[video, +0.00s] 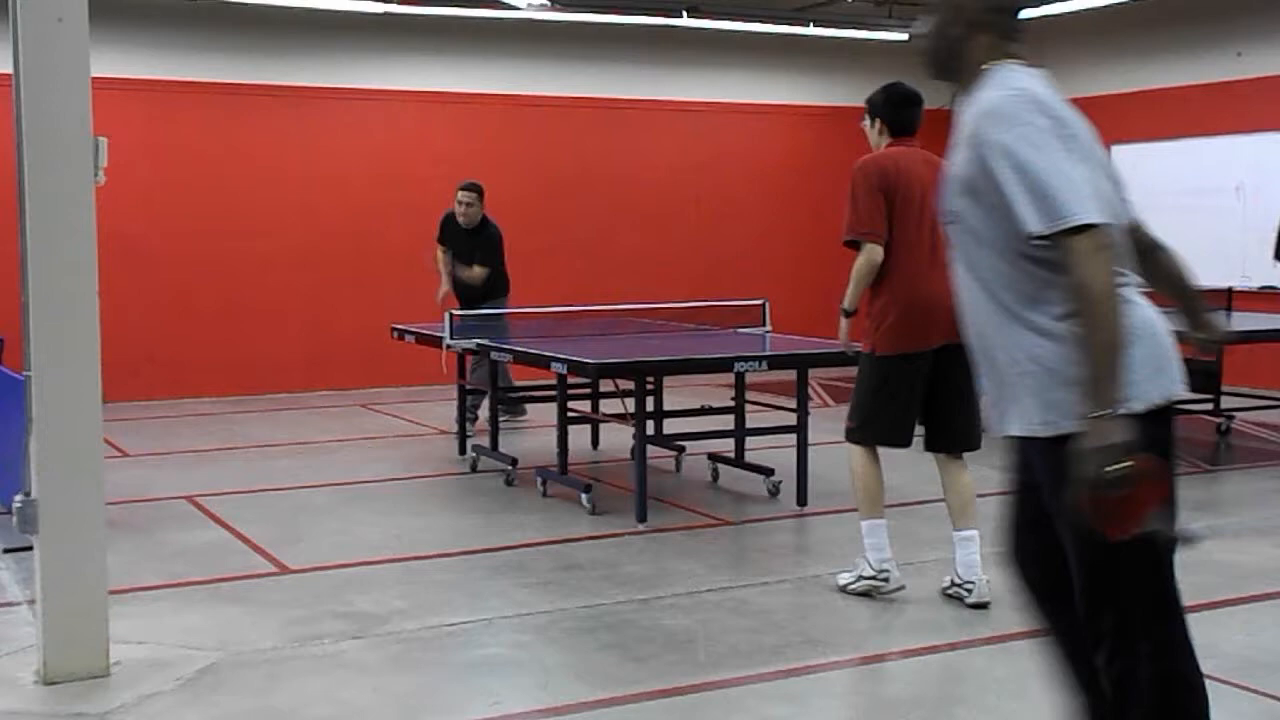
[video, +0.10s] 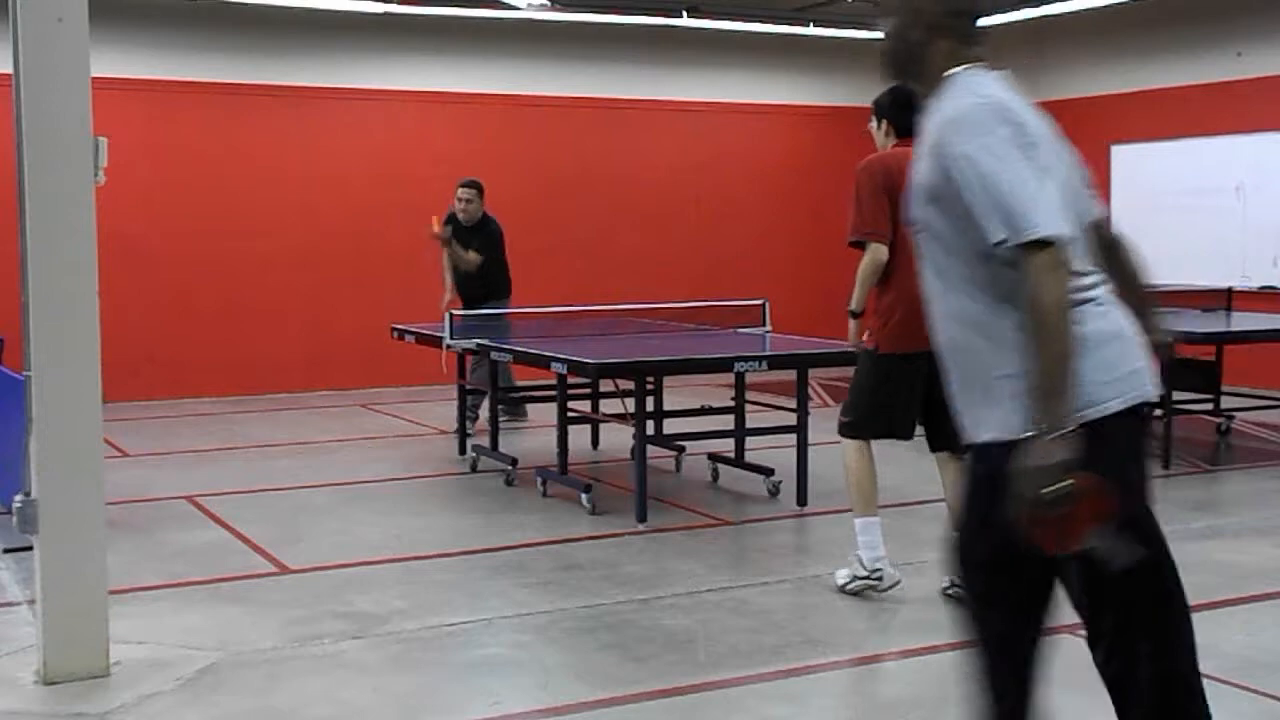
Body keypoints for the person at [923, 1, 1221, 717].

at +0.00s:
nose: (920, 31)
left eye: (932, 17)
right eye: (922, 18)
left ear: (971, 26)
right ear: (992, 30)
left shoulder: (1004, 103)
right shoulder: (1020, 99)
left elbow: (1090, 245)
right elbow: (1128, 233)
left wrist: (1105, 412)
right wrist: (1201, 317)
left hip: (1095, 413)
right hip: (1059, 410)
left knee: (1123, 601)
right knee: (1043, 564)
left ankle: (1160, 714)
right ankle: (1115, 705)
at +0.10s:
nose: (886, 44)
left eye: (897, 28)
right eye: (887, 29)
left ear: (933, 35)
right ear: (958, 37)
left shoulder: (966, 114)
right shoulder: (998, 102)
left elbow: (1045, 257)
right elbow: (1098, 232)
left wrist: (1051, 426)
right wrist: (1147, 323)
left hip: (1056, 417)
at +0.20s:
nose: (819, 55)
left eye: (833, 37)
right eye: (825, 37)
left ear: (876, 51)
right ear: (891, 53)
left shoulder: (916, 137)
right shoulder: (909, 130)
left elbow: (974, 298)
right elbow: (1040, 264)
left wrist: (954, 465)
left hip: (1017, 438)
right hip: (958, 446)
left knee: (1114, 644)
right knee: (900, 660)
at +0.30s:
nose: (751, 64)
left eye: (768, 47)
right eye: (757, 47)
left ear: (812, 62)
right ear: (814, 66)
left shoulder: (854, 146)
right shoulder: (821, 150)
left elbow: (902, 312)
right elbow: (881, 308)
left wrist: (851, 461)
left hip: (945, 452)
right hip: (882, 459)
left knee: (1051, 643)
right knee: (808, 662)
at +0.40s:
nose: (687, 50)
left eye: (699, 31)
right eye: (692, 32)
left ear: (744, 44)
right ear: (753, 48)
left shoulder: (785, 128)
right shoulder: (755, 129)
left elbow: (832, 288)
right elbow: (804, 289)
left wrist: (770, 437)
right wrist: (762, 423)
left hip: (839, 432)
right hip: (786, 436)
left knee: (896, 613)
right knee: (738, 602)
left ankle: (1023, 712)